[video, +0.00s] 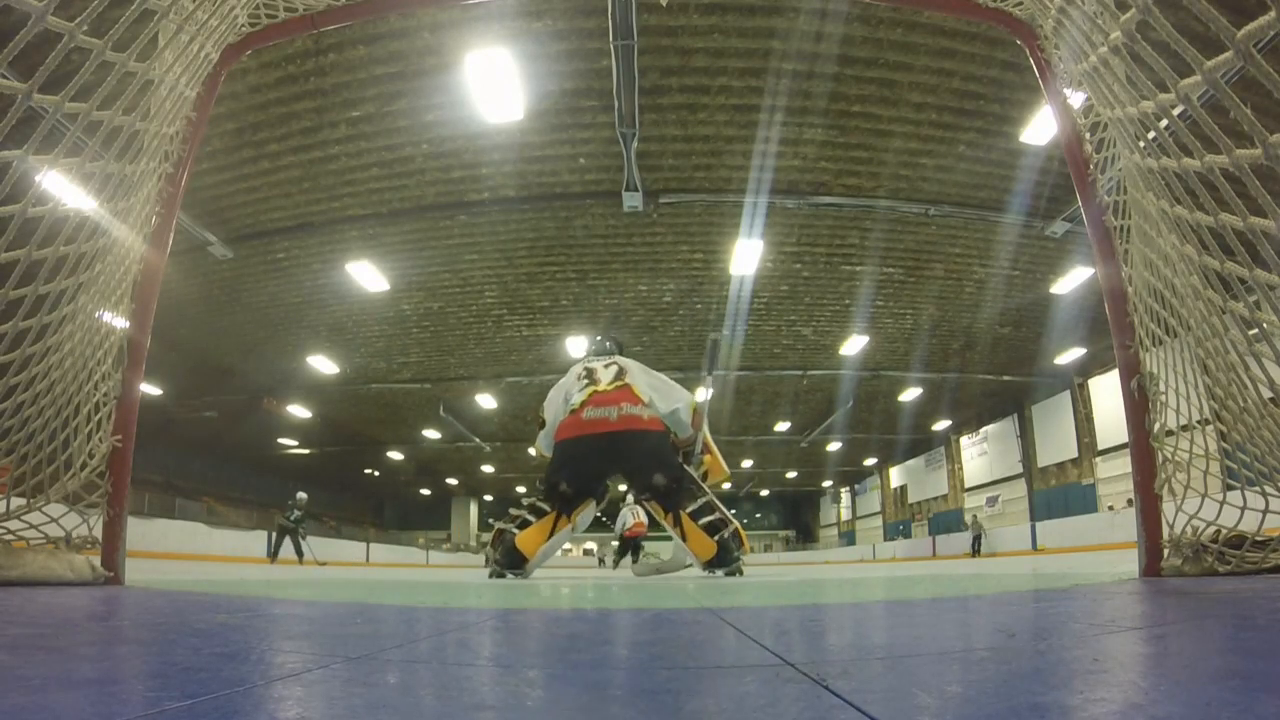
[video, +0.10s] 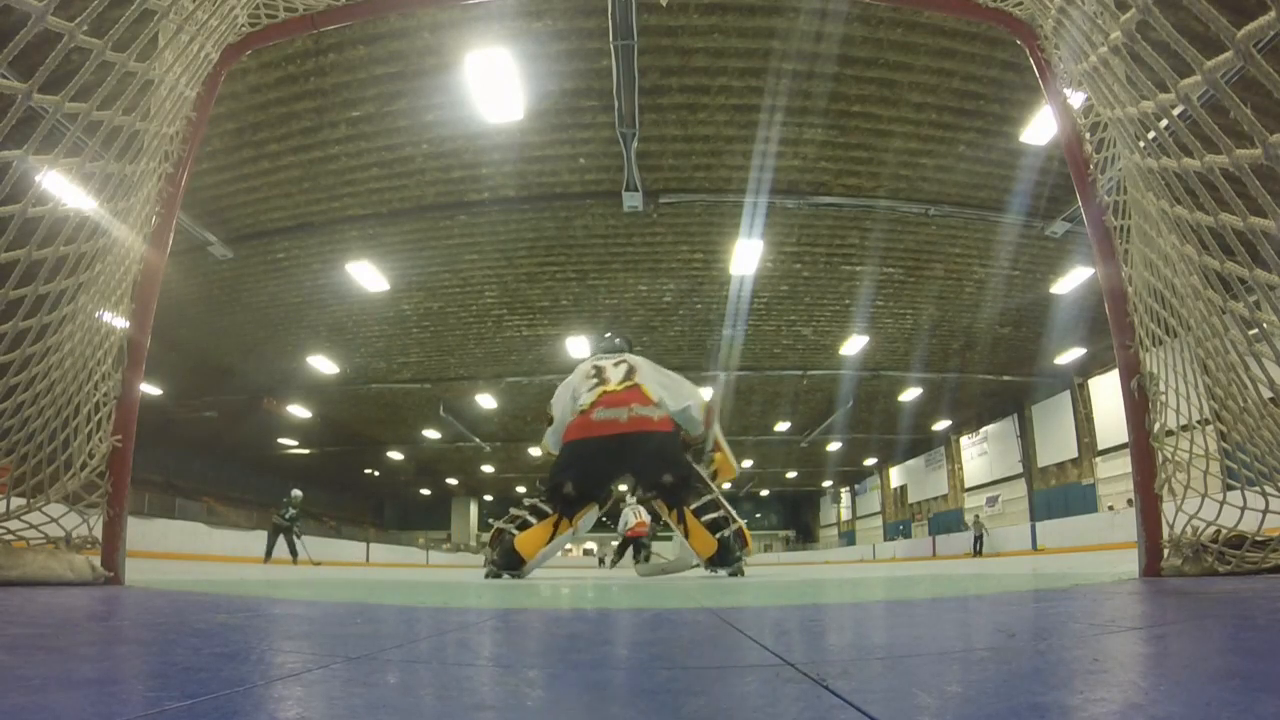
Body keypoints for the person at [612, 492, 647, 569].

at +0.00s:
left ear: (625, 502)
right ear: (633, 501)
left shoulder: (624, 510)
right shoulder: (639, 508)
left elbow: (619, 524)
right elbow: (646, 520)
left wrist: (617, 534)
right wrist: (644, 528)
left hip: (629, 530)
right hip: (641, 530)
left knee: (624, 547)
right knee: (636, 546)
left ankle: (617, 559)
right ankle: (635, 561)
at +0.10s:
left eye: (627, 502)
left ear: (627, 502)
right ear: (635, 501)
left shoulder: (626, 510)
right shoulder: (641, 508)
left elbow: (620, 528)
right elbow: (648, 518)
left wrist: (623, 534)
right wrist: (646, 527)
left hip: (631, 532)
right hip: (643, 531)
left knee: (621, 548)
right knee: (637, 548)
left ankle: (614, 560)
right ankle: (638, 562)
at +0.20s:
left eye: (632, 499)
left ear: (631, 500)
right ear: (640, 499)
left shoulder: (630, 509)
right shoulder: (646, 507)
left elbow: (626, 523)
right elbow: (652, 517)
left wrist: (625, 532)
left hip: (636, 530)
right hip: (648, 529)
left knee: (625, 545)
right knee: (641, 543)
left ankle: (617, 559)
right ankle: (643, 560)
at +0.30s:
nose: (638, 499)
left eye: (638, 498)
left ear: (639, 499)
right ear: (647, 498)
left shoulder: (637, 507)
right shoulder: (654, 505)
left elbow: (633, 522)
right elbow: (659, 515)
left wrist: (630, 532)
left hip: (642, 529)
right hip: (655, 528)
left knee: (632, 545)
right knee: (648, 545)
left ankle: (623, 561)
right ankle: (651, 562)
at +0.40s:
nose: (645, 497)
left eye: (645, 496)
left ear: (645, 497)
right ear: (654, 496)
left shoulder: (646, 506)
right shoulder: (661, 504)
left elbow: (640, 520)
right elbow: (667, 515)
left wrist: (637, 530)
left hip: (650, 530)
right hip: (661, 529)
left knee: (642, 543)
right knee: (657, 544)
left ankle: (637, 560)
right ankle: (662, 558)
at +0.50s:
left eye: (653, 496)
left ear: (653, 496)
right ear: (662, 496)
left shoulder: (654, 505)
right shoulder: (669, 504)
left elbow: (649, 521)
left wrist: (643, 531)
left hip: (659, 529)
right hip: (671, 528)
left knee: (651, 541)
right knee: (667, 544)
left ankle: (651, 560)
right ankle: (677, 559)